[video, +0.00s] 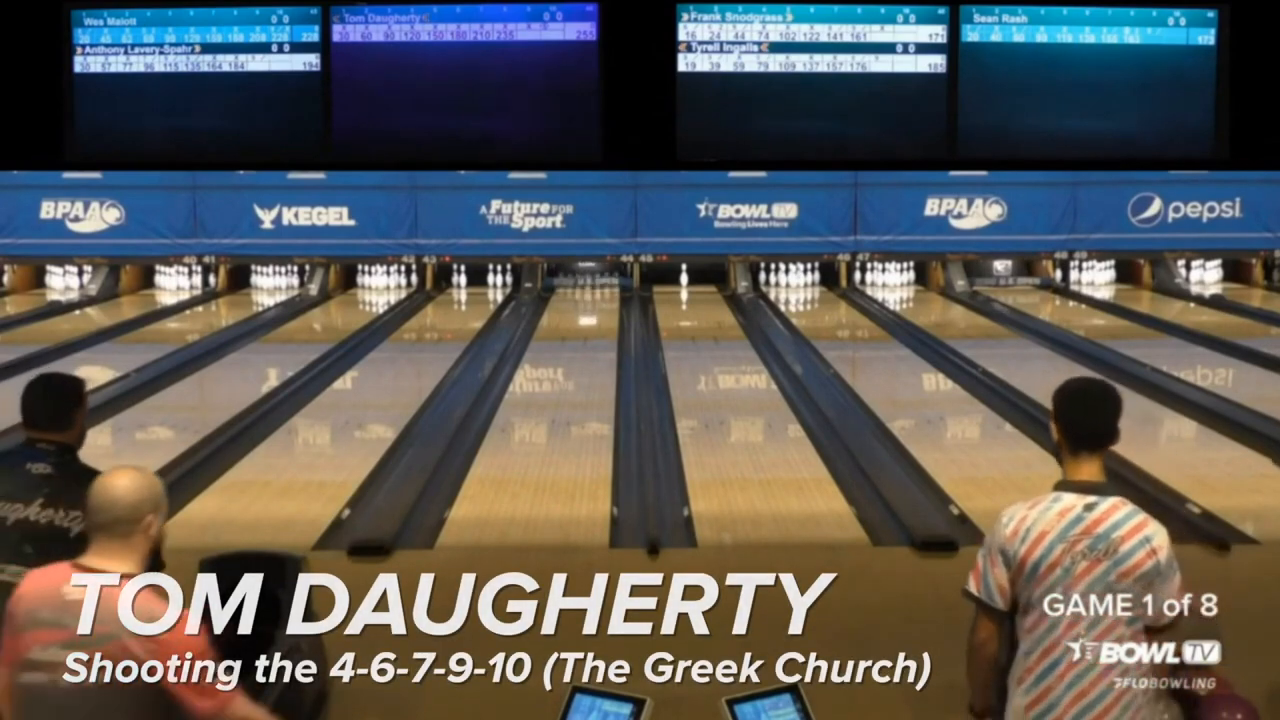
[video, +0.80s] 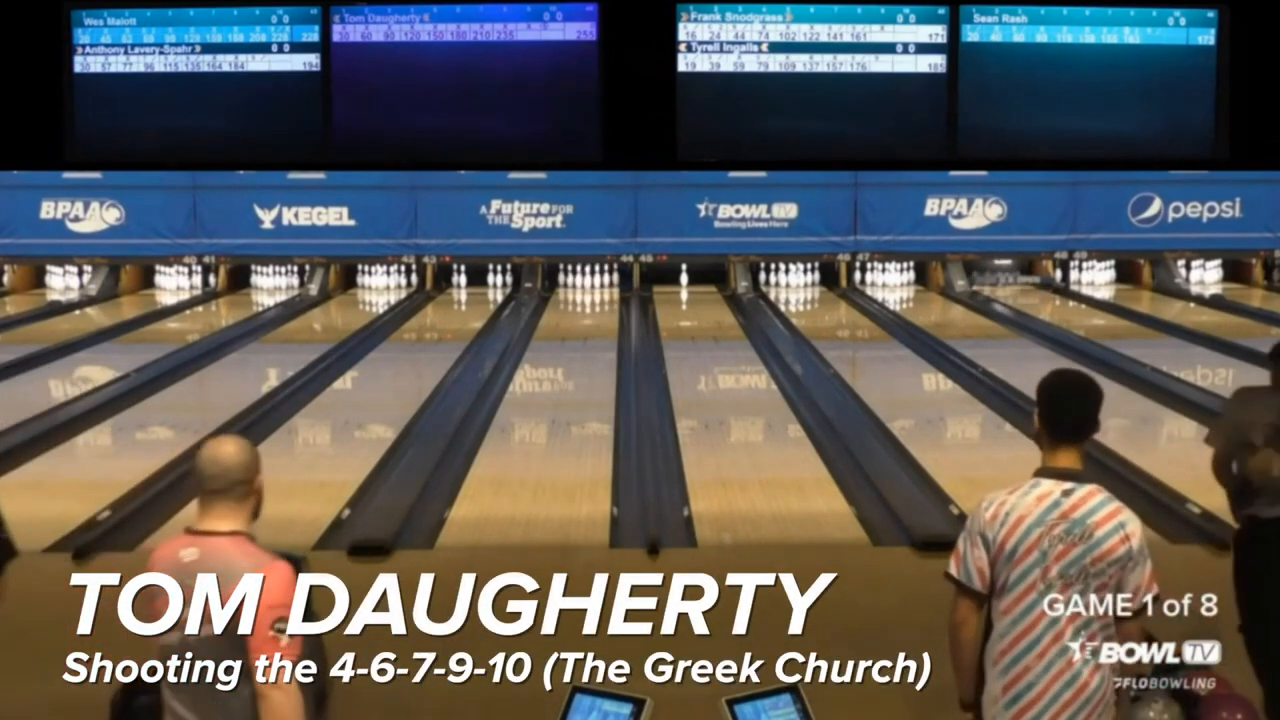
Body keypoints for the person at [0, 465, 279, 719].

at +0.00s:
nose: (163, 529)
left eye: (164, 519)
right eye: (164, 521)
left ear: (89, 518)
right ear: (150, 527)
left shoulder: (32, 587)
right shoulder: (160, 615)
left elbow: (8, 690)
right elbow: (219, 701)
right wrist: (266, 714)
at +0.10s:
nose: (177, 524)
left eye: (177, 515)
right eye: (176, 515)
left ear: (100, 517)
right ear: (163, 523)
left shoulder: (45, 587)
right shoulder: (178, 613)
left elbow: (20, 691)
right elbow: (235, 697)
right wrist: (315, 715)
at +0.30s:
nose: (203, 515)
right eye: (202, 506)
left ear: (126, 515)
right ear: (193, 516)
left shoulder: (82, 587)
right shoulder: (209, 602)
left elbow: (63, 690)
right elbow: (260, 693)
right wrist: (330, 713)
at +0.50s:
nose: (229, 494)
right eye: (227, 485)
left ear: (163, 496)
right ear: (221, 494)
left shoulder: (132, 568)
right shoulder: (238, 585)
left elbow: (122, 677)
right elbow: (276, 696)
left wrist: (133, 715)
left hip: (151, 711)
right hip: (221, 711)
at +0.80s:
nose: (263, 487)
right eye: (262, 481)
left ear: (198, 487)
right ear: (256, 488)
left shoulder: (162, 558)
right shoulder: (270, 573)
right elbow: (275, 686)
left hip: (175, 710)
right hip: (241, 711)